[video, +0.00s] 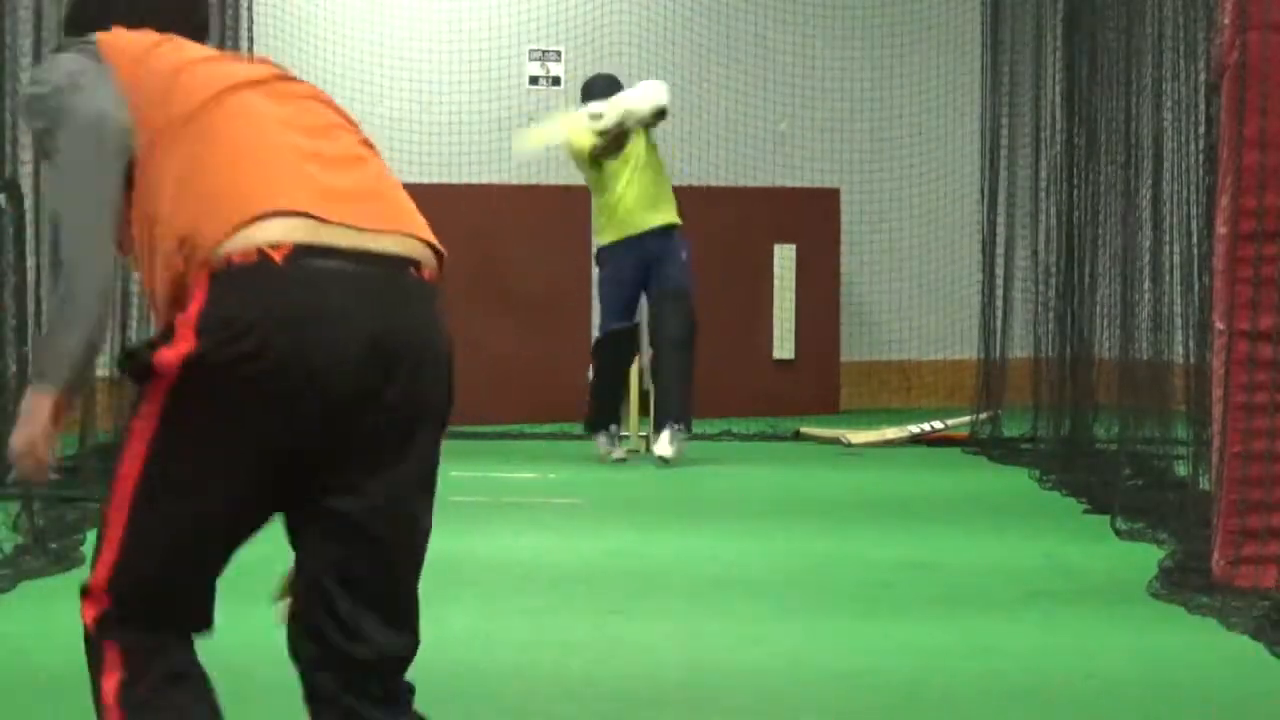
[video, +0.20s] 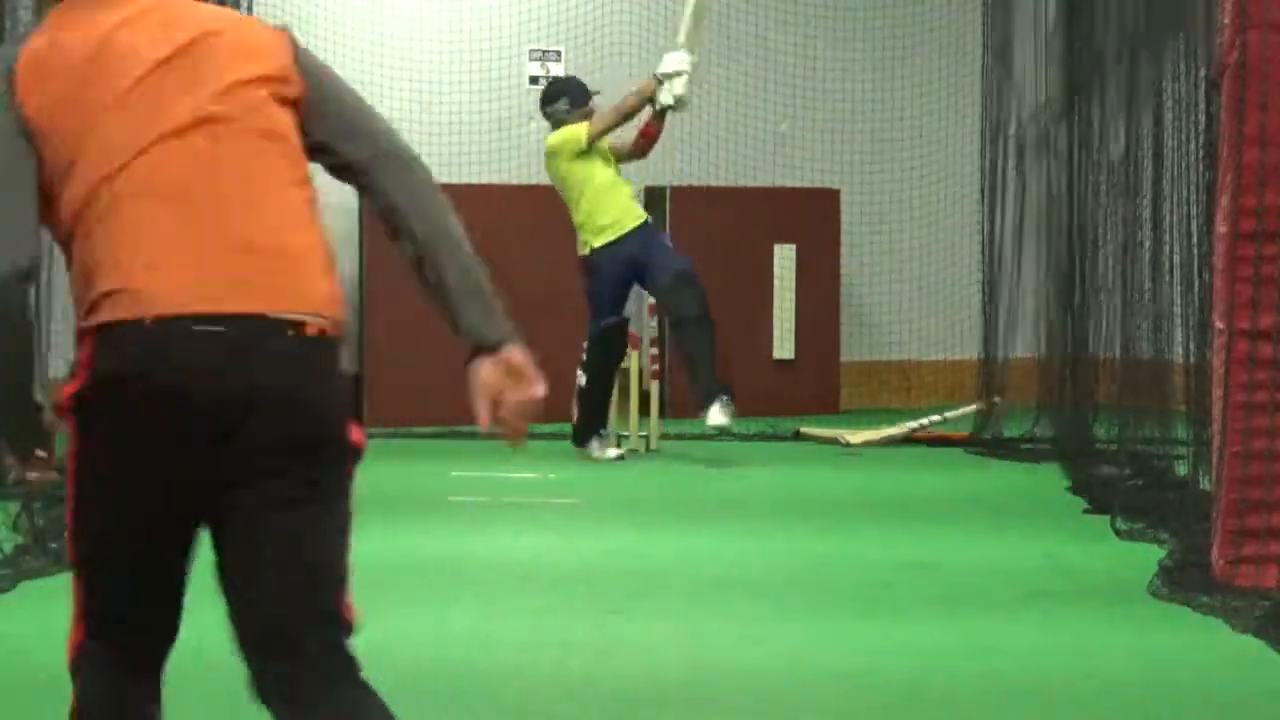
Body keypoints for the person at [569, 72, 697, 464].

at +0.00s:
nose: (604, 115)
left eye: (609, 107)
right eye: (597, 110)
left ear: (619, 104)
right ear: (587, 109)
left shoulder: (639, 124)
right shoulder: (578, 134)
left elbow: (654, 111)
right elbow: (601, 150)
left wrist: (632, 107)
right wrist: (618, 125)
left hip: (662, 232)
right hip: (616, 242)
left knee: (674, 330)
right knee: (615, 337)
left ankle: (671, 426)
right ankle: (604, 428)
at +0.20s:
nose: (593, 108)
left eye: (590, 101)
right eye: (586, 102)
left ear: (567, 109)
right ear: (568, 109)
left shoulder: (593, 145)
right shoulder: (559, 144)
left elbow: (637, 148)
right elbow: (618, 114)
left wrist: (660, 109)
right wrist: (657, 79)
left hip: (641, 236)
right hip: (604, 250)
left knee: (685, 294)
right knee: (607, 344)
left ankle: (714, 399)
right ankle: (589, 434)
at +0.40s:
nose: (581, 113)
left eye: (579, 107)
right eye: (575, 108)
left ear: (553, 115)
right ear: (556, 113)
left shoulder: (575, 150)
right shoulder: (559, 147)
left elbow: (615, 174)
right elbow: (617, 125)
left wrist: (625, 128)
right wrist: (618, 107)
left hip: (626, 245)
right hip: (595, 256)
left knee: (693, 291)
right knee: (609, 349)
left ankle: (761, 356)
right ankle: (586, 439)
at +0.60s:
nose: (586, 113)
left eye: (583, 105)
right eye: (579, 106)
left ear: (548, 116)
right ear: (560, 112)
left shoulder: (537, 165)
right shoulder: (575, 141)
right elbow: (611, 135)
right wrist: (573, 125)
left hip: (623, 244)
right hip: (596, 257)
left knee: (696, 284)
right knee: (609, 349)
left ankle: (770, 339)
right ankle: (586, 439)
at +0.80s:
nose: (587, 113)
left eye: (585, 106)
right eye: (581, 107)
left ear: (549, 113)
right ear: (564, 110)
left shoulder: (530, 158)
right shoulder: (580, 141)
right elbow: (611, 145)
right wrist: (586, 128)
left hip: (618, 243)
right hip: (594, 256)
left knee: (687, 289)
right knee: (608, 347)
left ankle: (757, 347)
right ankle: (585, 440)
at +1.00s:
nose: (591, 117)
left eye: (591, 110)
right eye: (587, 110)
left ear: (553, 110)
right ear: (570, 109)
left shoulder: (531, 153)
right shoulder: (582, 142)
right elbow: (623, 162)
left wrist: (589, 141)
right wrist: (604, 134)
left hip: (615, 244)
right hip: (594, 255)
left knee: (682, 289)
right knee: (606, 343)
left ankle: (736, 366)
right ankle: (586, 438)